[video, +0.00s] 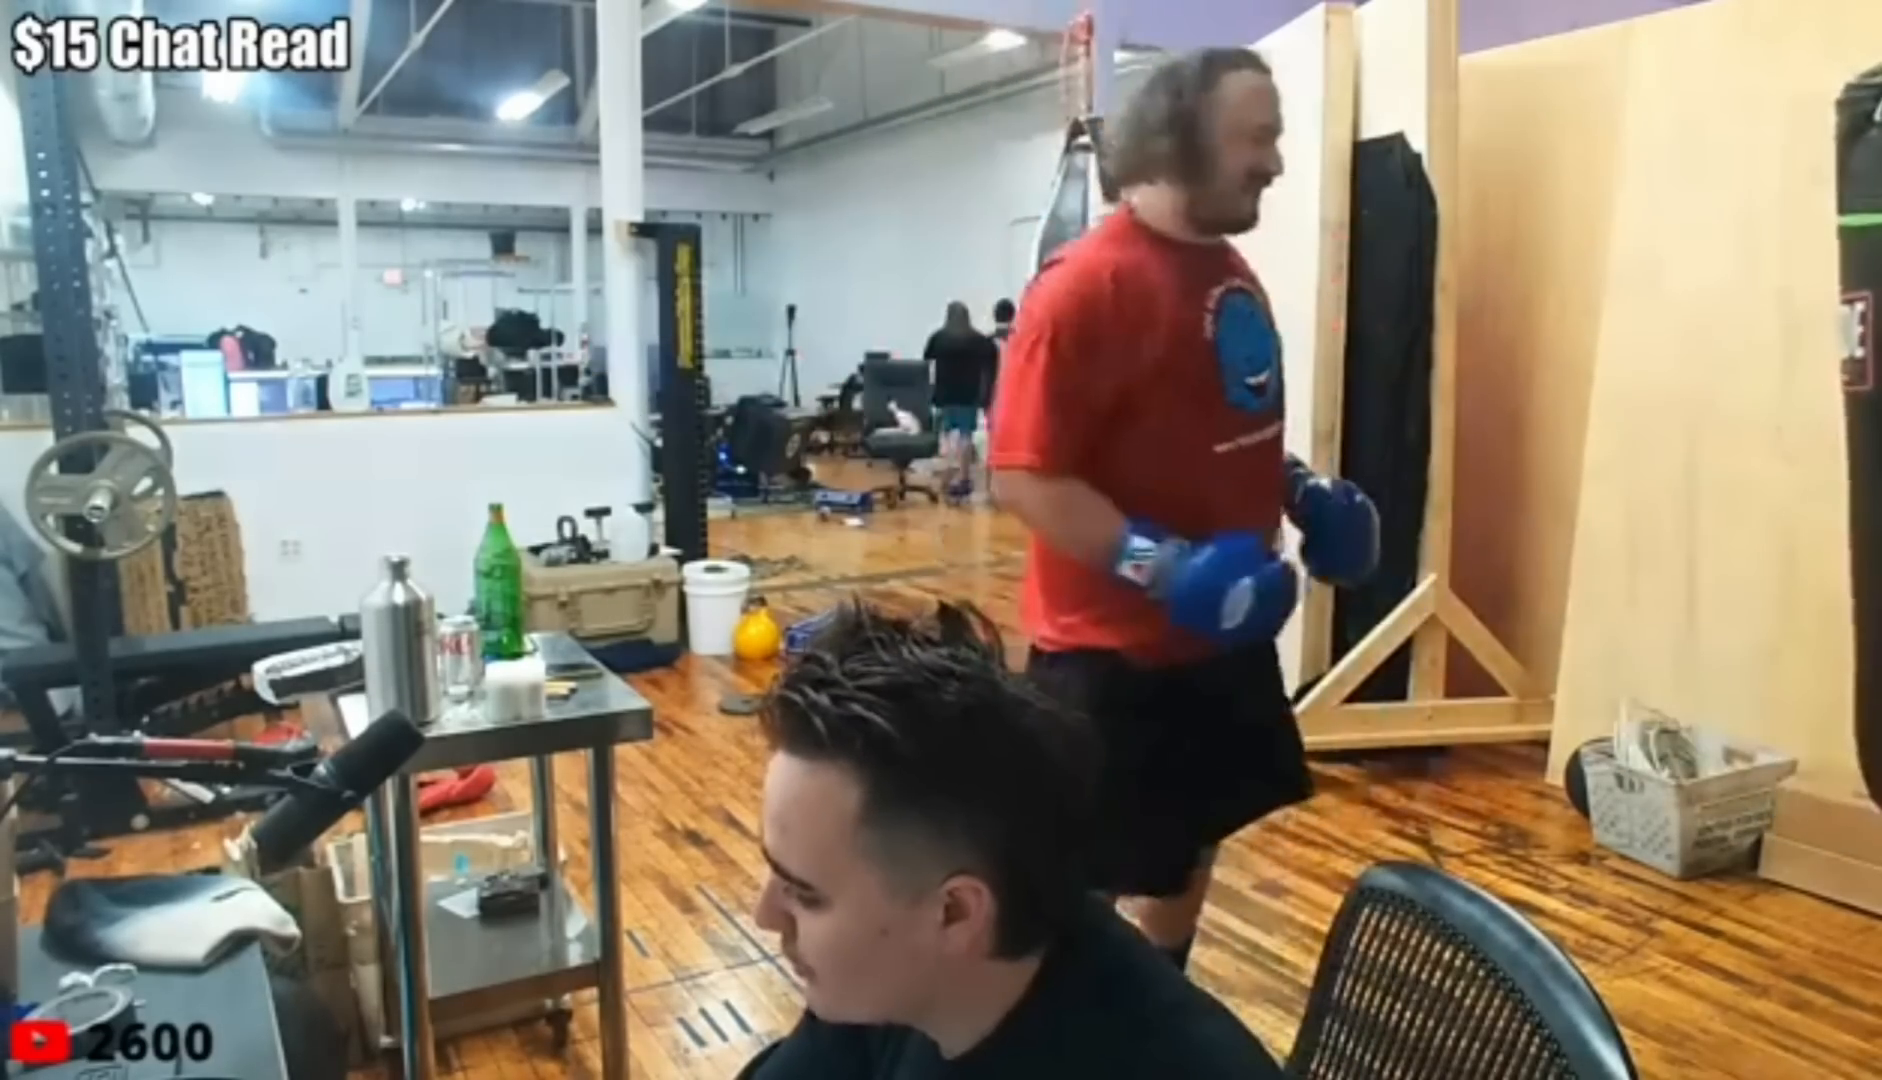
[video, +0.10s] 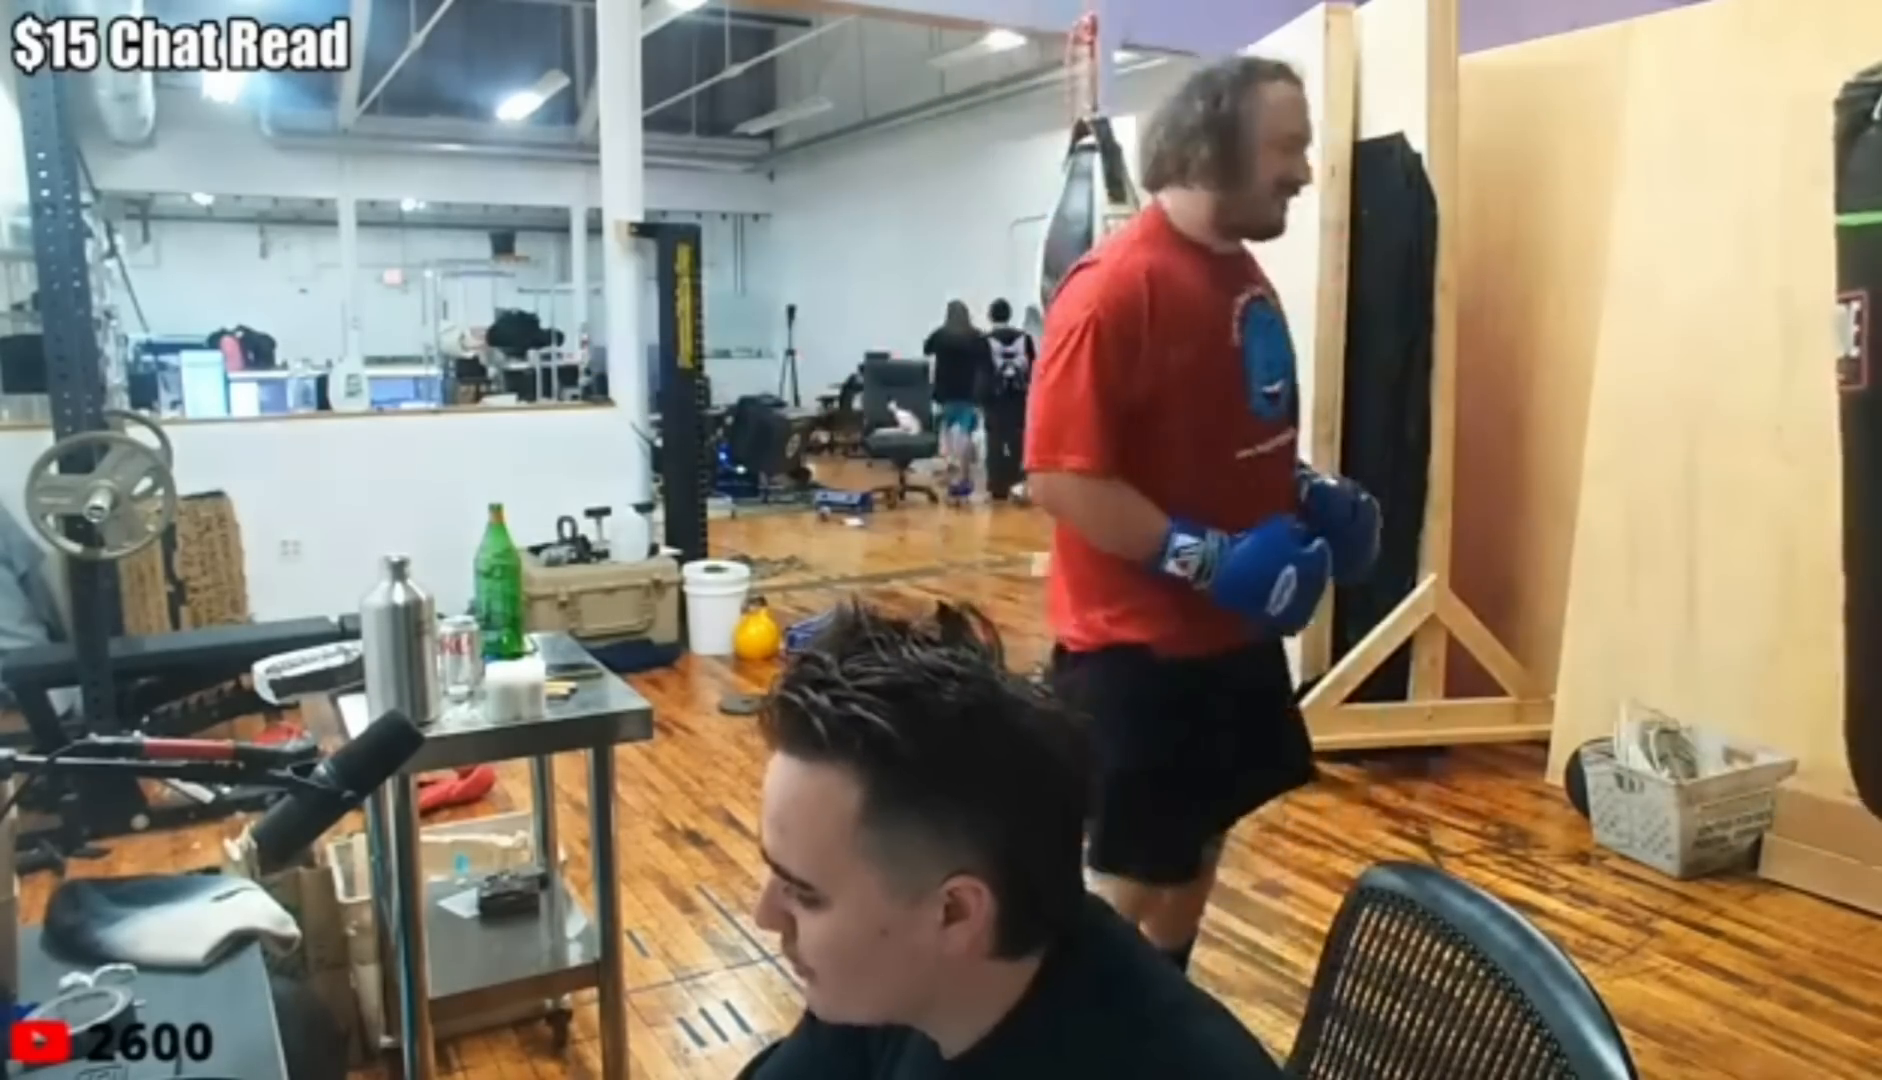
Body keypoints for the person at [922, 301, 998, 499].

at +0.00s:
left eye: (951, 316)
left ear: (947, 317)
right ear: (968, 317)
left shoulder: (938, 339)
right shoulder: (981, 341)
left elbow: (927, 365)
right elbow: (989, 373)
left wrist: (928, 391)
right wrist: (986, 399)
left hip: (944, 398)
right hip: (969, 398)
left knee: (943, 439)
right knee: (965, 440)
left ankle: (946, 476)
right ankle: (965, 480)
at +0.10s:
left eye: (951, 314)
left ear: (947, 315)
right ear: (967, 315)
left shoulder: (941, 335)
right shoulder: (977, 338)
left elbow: (927, 349)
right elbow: (986, 367)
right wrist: (986, 391)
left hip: (946, 393)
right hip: (971, 394)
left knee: (947, 430)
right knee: (964, 436)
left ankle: (949, 460)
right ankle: (965, 480)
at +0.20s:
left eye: (952, 313)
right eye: (960, 312)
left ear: (947, 314)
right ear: (966, 314)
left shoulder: (941, 333)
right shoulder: (974, 334)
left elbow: (927, 343)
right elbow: (982, 364)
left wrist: (941, 329)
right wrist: (983, 389)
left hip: (946, 392)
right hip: (969, 393)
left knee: (948, 429)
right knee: (964, 434)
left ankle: (948, 468)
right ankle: (964, 476)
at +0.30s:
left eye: (952, 313)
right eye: (960, 313)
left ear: (947, 315)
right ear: (966, 315)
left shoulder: (941, 333)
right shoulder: (973, 334)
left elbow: (927, 344)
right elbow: (980, 364)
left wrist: (940, 330)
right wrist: (982, 388)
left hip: (946, 390)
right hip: (968, 391)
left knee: (948, 428)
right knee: (964, 432)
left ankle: (948, 468)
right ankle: (963, 475)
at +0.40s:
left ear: (945, 317)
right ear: (965, 318)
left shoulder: (940, 336)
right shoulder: (971, 338)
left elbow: (927, 345)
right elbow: (978, 366)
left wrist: (941, 328)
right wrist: (981, 388)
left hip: (945, 392)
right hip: (967, 393)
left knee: (948, 429)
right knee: (964, 433)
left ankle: (947, 468)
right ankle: (962, 474)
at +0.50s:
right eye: (960, 318)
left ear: (943, 319)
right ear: (964, 319)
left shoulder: (938, 340)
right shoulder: (970, 340)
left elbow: (927, 345)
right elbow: (977, 367)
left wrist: (939, 332)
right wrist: (979, 389)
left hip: (945, 393)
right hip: (966, 394)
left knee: (947, 429)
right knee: (964, 434)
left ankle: (948, 470)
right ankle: (962, 476)